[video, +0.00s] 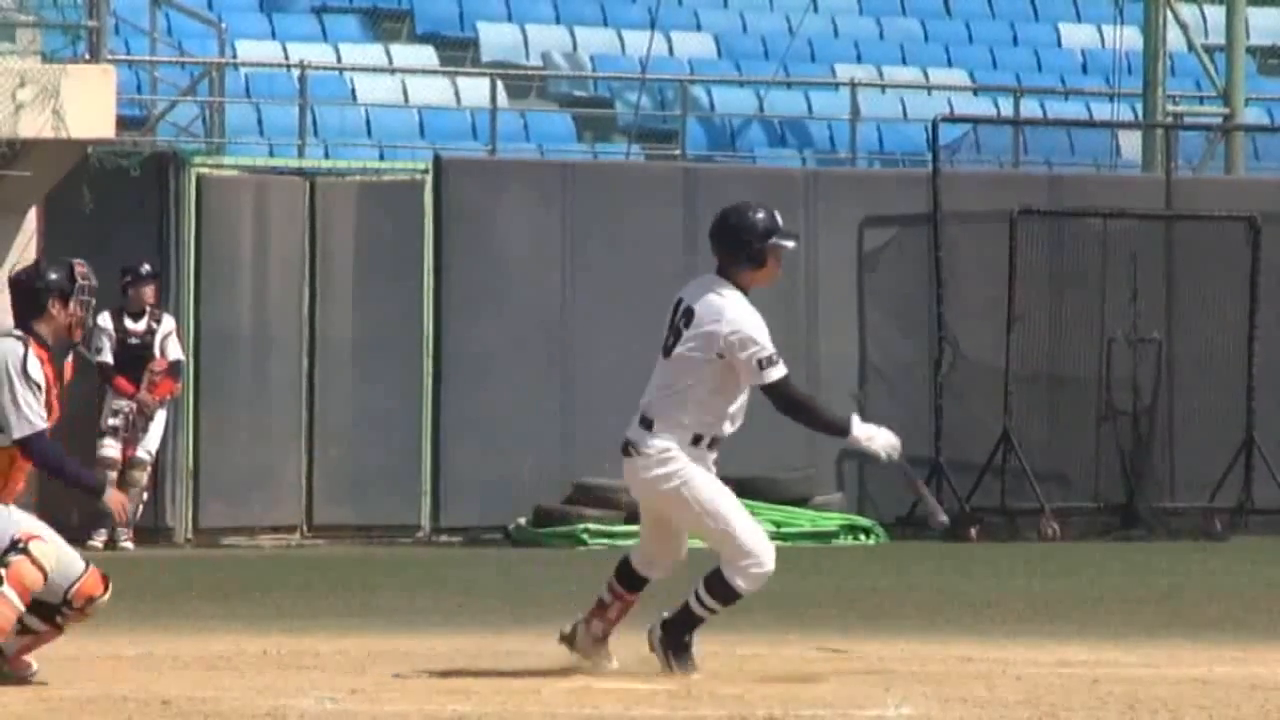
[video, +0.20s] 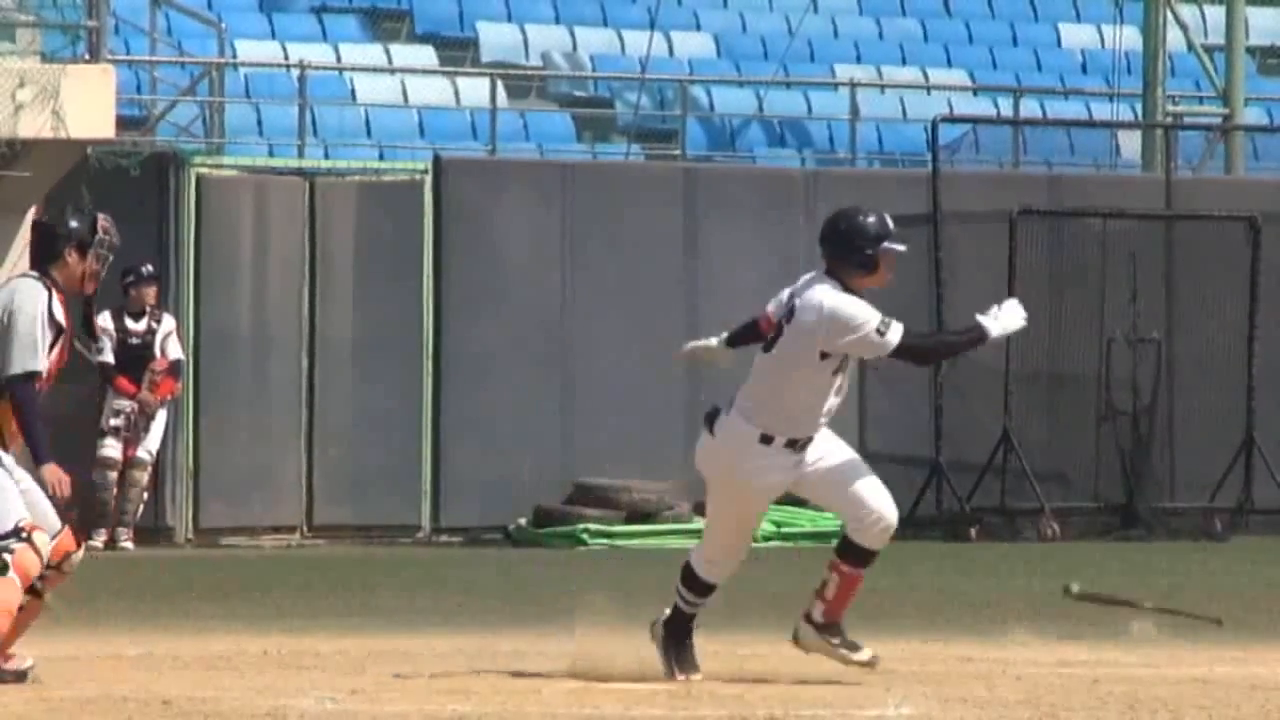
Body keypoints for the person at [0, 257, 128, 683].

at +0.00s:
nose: (80, 312)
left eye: (80, 302)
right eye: (74, 302)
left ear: (50, 307)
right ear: (52, 307)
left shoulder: (45, 356)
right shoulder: (14, 354)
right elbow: (35, 444)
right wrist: (101, 489)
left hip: (8, 509)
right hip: (3, 509)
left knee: (84, 586)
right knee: (25, 566)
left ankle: (9, 653)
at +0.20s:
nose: (97, 274)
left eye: (101, 264)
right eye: (95, 261)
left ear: (72, 256)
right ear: (70, 253)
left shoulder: (47, 299)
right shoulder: (29, 295)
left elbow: (21, 382)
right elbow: (18, 382)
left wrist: (37, 461)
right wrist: (45, 460)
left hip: (10, 451)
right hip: (3, 451)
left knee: (59, 547)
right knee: (39, 548)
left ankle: (4, 648)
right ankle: (2, 648)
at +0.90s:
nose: (123, 198)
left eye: (124, 188)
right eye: (117, 187)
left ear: (97, 189)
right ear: (90, 188)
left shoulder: (87, 247)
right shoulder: (40, 242)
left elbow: (75, 344)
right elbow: (21, 334)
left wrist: (99, 404)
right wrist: (39, 414)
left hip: (58, 396)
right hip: (22, 397)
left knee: (76, 516)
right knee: (62, 519)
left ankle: (26, 649)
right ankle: (28, 657)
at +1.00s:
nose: (130, 194)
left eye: (131, 184)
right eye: (124, 183)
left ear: (104, 183)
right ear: (98, 182)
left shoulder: (94, 240)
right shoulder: (47, 239)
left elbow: (83, 331)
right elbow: (29, 330)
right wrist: (58, 409)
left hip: (68, 391)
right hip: (26, 392)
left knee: (101, 517)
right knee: (59, 520)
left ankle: (54, 638)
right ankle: (25, 655)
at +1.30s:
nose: (169, 186)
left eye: (170, 175)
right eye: (162, 175)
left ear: (141, 177)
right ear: (134, 175)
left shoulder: (130, 237)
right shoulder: (81, 232)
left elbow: (109, 327)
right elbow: (75, 326)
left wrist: (126, 388)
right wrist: (101, 403)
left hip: (98, 388)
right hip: (60, 387)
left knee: (138, 514)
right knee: (58, 523)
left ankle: (159, 651)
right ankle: (25, 660)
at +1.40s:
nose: (183, 186)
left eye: (182, 175)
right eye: (175, 175)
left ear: (154, 179)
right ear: (147, 177)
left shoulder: (152, 237)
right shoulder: (98, 230)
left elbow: (145, 320)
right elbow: (93, 322)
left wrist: (157, 378)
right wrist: (118, 401)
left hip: (123, 394)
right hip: (75, 392)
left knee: (147, 524)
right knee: (64, 528)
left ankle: (156, 659)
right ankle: (27, 661)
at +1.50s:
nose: (198, 184)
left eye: (198, 173)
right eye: (193, 173)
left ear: (166, 175)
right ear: (168, 174)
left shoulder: (160, 233)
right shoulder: (117, 227)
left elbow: (153, 311)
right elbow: (110, 317)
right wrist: (134, 397)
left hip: (144, 391)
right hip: (96, 388)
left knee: (160, 526)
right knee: (88, 527)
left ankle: (159, 660)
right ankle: (32, 657)